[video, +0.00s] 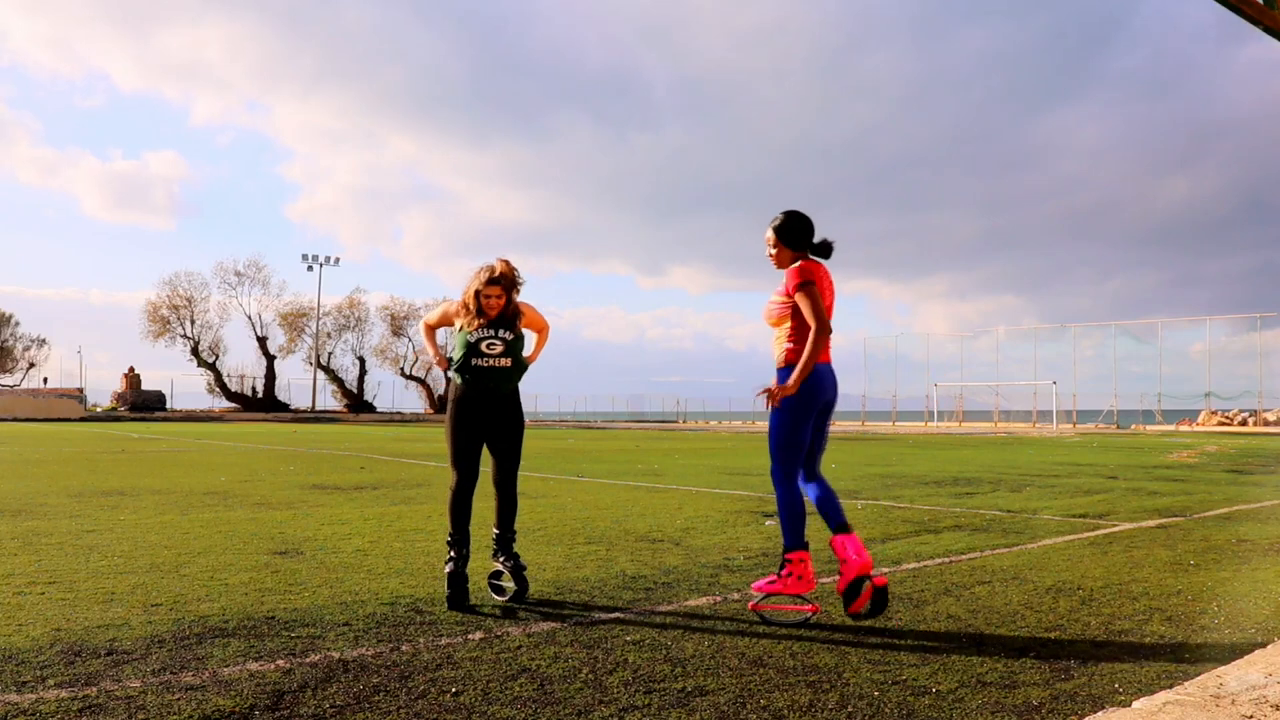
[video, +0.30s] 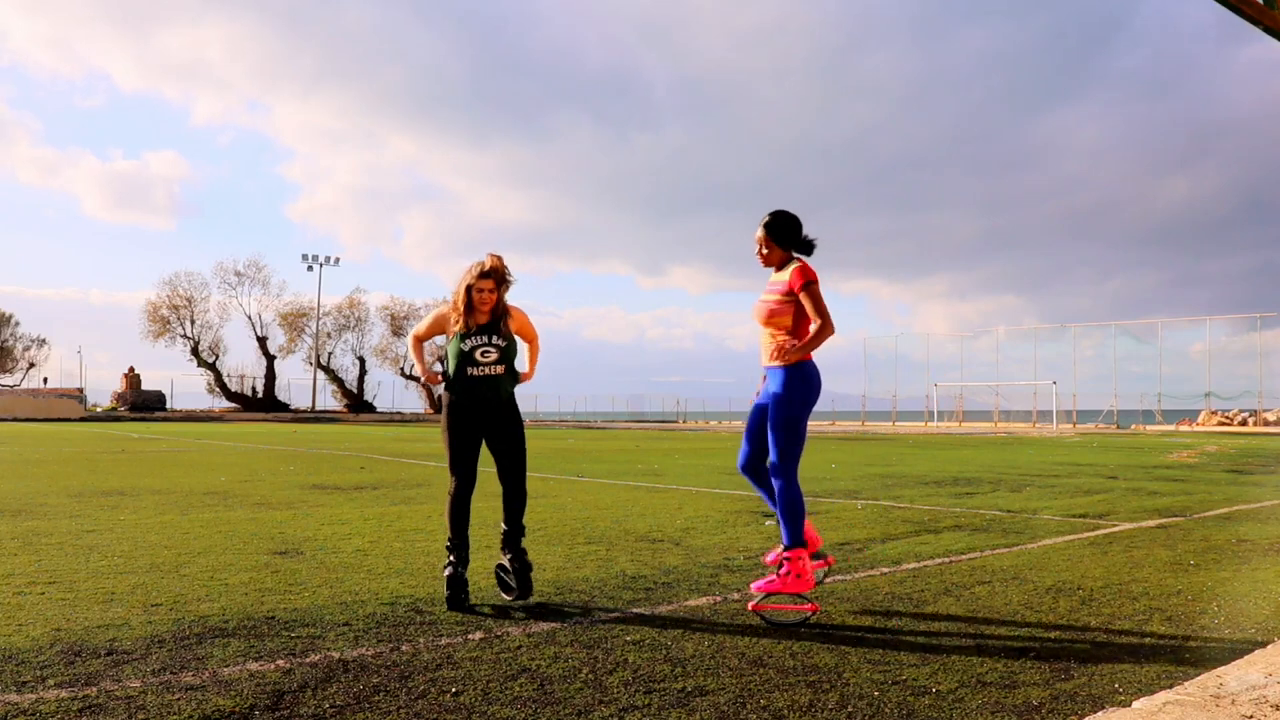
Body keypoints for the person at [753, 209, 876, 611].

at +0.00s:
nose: (768, 252)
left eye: (772, 246)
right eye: (767, 246)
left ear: (788, 245)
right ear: (803, 243)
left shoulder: (797, 274)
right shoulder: (818, 273)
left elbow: (820, 329)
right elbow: (805, 335)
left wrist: (792, 382)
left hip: (798, 381)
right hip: (822, 379)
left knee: (784, 475)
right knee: (810, 474)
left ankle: (796, 569)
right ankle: (852, 553)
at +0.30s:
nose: (758, 251)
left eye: (763, 245)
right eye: (757, 244)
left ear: (783, 244)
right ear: (770, 243)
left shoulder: (800, 273)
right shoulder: (779, 276)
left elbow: (826, 326)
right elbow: (782, 334)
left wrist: (796, 355)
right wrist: (766, 379)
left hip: (793, 378)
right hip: (774, 378)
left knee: (782, 469)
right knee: (749, 463)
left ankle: (795, 564)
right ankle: (801, 535)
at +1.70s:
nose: (800, 247)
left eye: (807, 242)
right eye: (794, 242)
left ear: (817, 248)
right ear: (785, 249)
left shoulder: (832, 285)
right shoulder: (769, 281)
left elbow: (849, 331)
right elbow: (745, 327)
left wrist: (855, 362)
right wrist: (763, 363)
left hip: (812, 381)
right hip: (774, 378)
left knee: (805, 470)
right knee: (776, 462)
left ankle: (801, 552)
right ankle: (766, 546)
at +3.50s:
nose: (841, 235)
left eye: (849, 228)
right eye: (836, 228)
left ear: (867, 231)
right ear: (830, 231)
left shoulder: (891, 270)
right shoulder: (817, 271)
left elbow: (920, 326)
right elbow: (798, 319)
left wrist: (892, 325)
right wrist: (808, 331)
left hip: (871, 382)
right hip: (826, 380)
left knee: (868, 483)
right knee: (822, 476)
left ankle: (872, 577)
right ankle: (817, 567)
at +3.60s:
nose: (842, 230)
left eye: (850, 224)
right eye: (836, 224)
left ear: (867, 228)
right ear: (830, 227)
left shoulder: (889, 267)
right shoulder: (816, 268)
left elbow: (914, 323)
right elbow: (796, 315)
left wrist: (887, 323)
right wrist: (810, 329)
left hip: (871, 380)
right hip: (826, 378)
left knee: (870, 481)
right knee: (824, 476)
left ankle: (873, 579)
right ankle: (820, 568)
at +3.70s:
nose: (840, 229)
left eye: (848, 222)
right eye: (834, 221)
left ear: (864, 226)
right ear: (827, 225)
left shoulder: (886, 265)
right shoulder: (812, 265)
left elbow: (905, 320)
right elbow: (797, 318)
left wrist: (885, 338)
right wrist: (812, 335)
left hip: (870, 379)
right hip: (827, 378)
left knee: (869, 481)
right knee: (826, 479)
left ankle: (874, 579)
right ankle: (822, 575)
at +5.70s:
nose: (842, 250)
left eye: (848, 243)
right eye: (835, 242)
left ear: (857, 247)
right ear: (821, 245)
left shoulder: (876, 285)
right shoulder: (802, 291)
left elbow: (908, 343)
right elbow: (789, 347)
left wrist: (939, 398)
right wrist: (819, 290)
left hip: (888, 390)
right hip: (841, 398)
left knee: (947, 473)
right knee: (843, 497)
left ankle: (1009, 547)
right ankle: (849, 594)